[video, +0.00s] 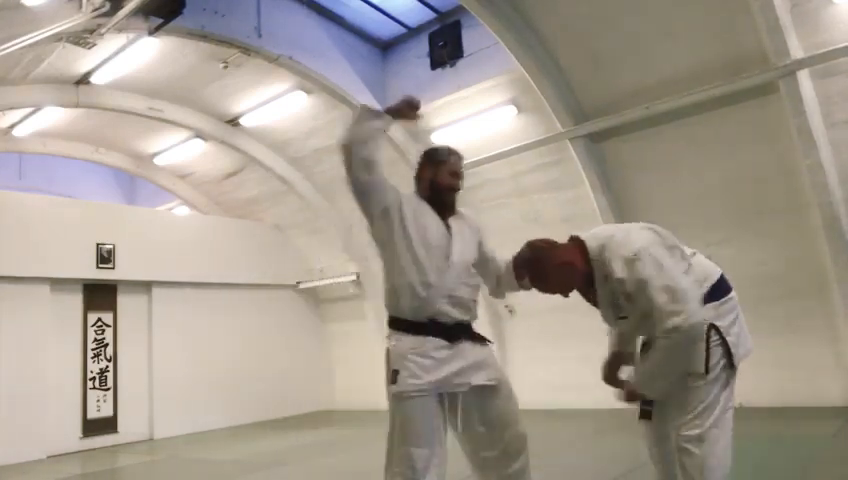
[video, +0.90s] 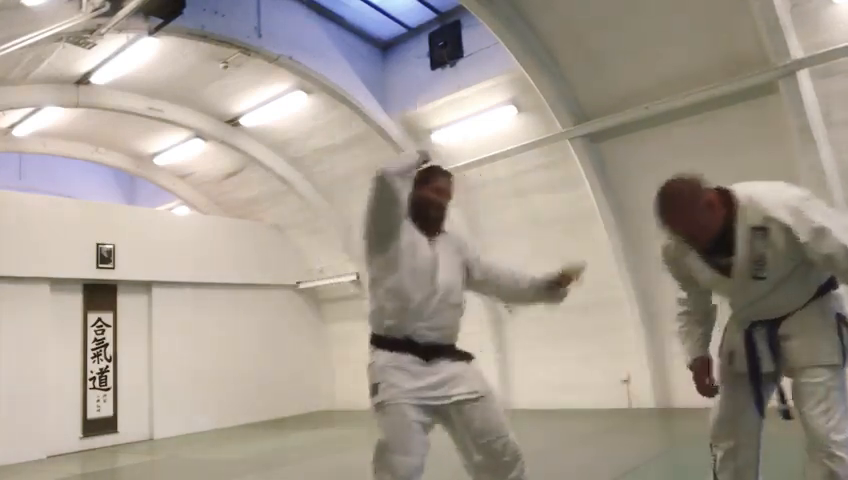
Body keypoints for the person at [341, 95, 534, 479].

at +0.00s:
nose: (459, 179)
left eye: (461, 174)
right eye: (451, 171)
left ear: (461, 182)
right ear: (423, 174)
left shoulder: (467, 229)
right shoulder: (395, 211)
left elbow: (498, 280)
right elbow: (357, 154)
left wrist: (526, 262)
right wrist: (386, 114)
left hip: (467, 348)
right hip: (413, 348)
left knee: (505, 448)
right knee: (416, 464)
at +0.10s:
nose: (478, 186)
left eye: (481, 182)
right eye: (472, 178)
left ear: (480, 188)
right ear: (445, 176)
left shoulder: (487, 238)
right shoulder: (423, 211)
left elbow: (509, 296)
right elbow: (395, 152)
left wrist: (539, 268)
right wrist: (405, 131)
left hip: (477, 352)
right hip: (428, 347)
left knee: (506, 456)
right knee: (424, 462)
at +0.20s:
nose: (497, 190)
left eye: (499, 186)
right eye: (491, 182)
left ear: (493, 193)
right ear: (471, 181)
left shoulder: (489, 245)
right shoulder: (449, 214)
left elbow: (504, 296)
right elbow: (451, 181)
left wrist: (537, 272)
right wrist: (462, 152)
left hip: (483, 350)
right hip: (441, 342)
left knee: (508, 450)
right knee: (437, 459)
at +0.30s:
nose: (504, 199)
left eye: (505, 193)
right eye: (499, 191)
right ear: (480, 187)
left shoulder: (495, 249)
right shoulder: (456, 208)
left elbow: (507, 293)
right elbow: (514, 207)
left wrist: (547, 267)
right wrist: (556, 176)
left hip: (484, 346)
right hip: (447, 336)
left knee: (507, 450)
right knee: (448, 458)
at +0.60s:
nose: (507, 193)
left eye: (511, 187)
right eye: (502, 184)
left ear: (509, 193)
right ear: (483, 183)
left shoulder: (503, 244)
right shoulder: (450, 215)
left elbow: (529, 279)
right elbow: (466, 187)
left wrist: (572, 262)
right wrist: (497, 158)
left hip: (484, 347)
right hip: (439, 341)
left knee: (511, 450)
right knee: (438, 459)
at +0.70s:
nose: (491, 193)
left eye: (495, 189)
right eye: (485, 184)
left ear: (495, 193)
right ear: (463, 181)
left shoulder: (497, 239)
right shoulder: (436, 216)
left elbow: (534, 264)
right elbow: (445, 174)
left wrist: (584, 251)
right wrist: (458, 136)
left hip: (479, 351)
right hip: (430, 345)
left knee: (513, 452)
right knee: (423, 460)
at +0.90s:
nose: (438, 199)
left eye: (444, 194)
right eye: (431, 190)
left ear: (449, 201)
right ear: (412, 192)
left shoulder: (454, 247)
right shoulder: (389, 237)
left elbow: (496, 279)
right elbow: (386, 181)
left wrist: (546, 287)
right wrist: (419, 157)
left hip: (448, 365)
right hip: (396, 364)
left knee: (500, 454)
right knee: (401, 465)